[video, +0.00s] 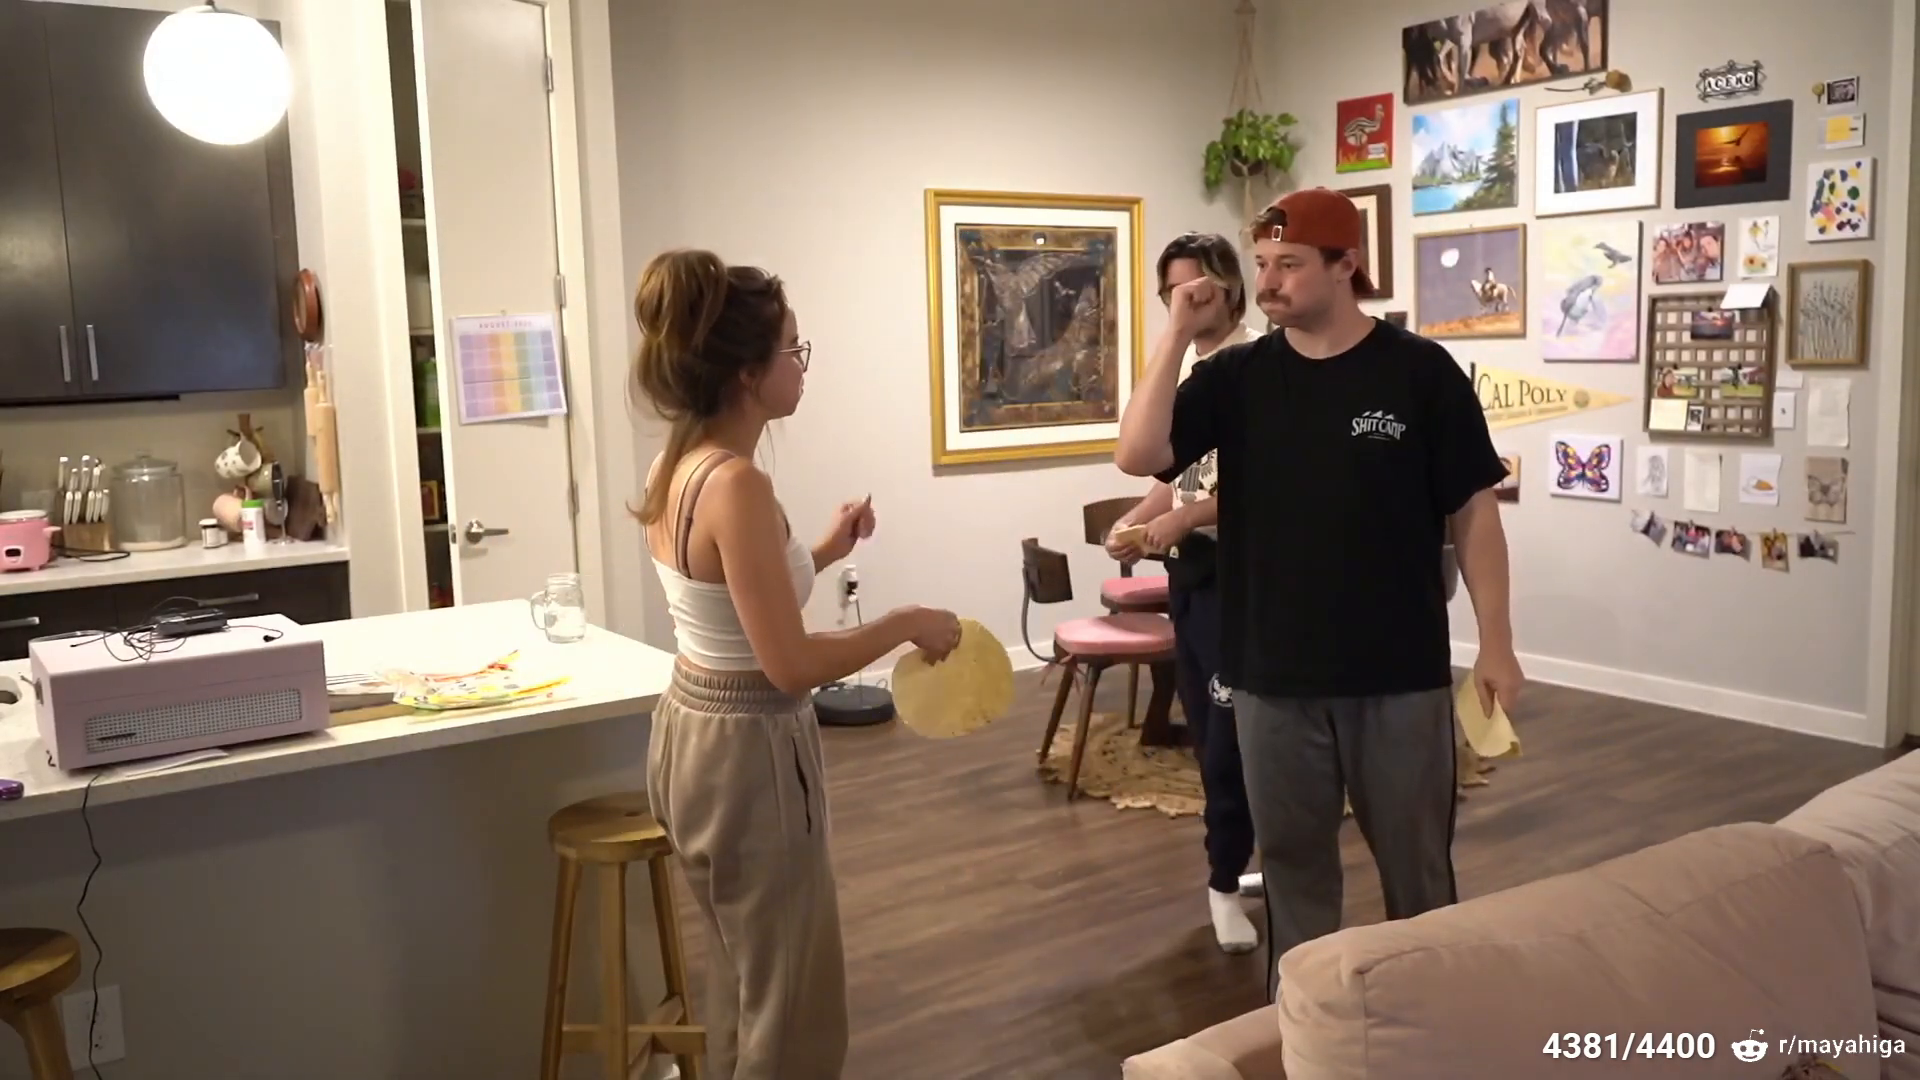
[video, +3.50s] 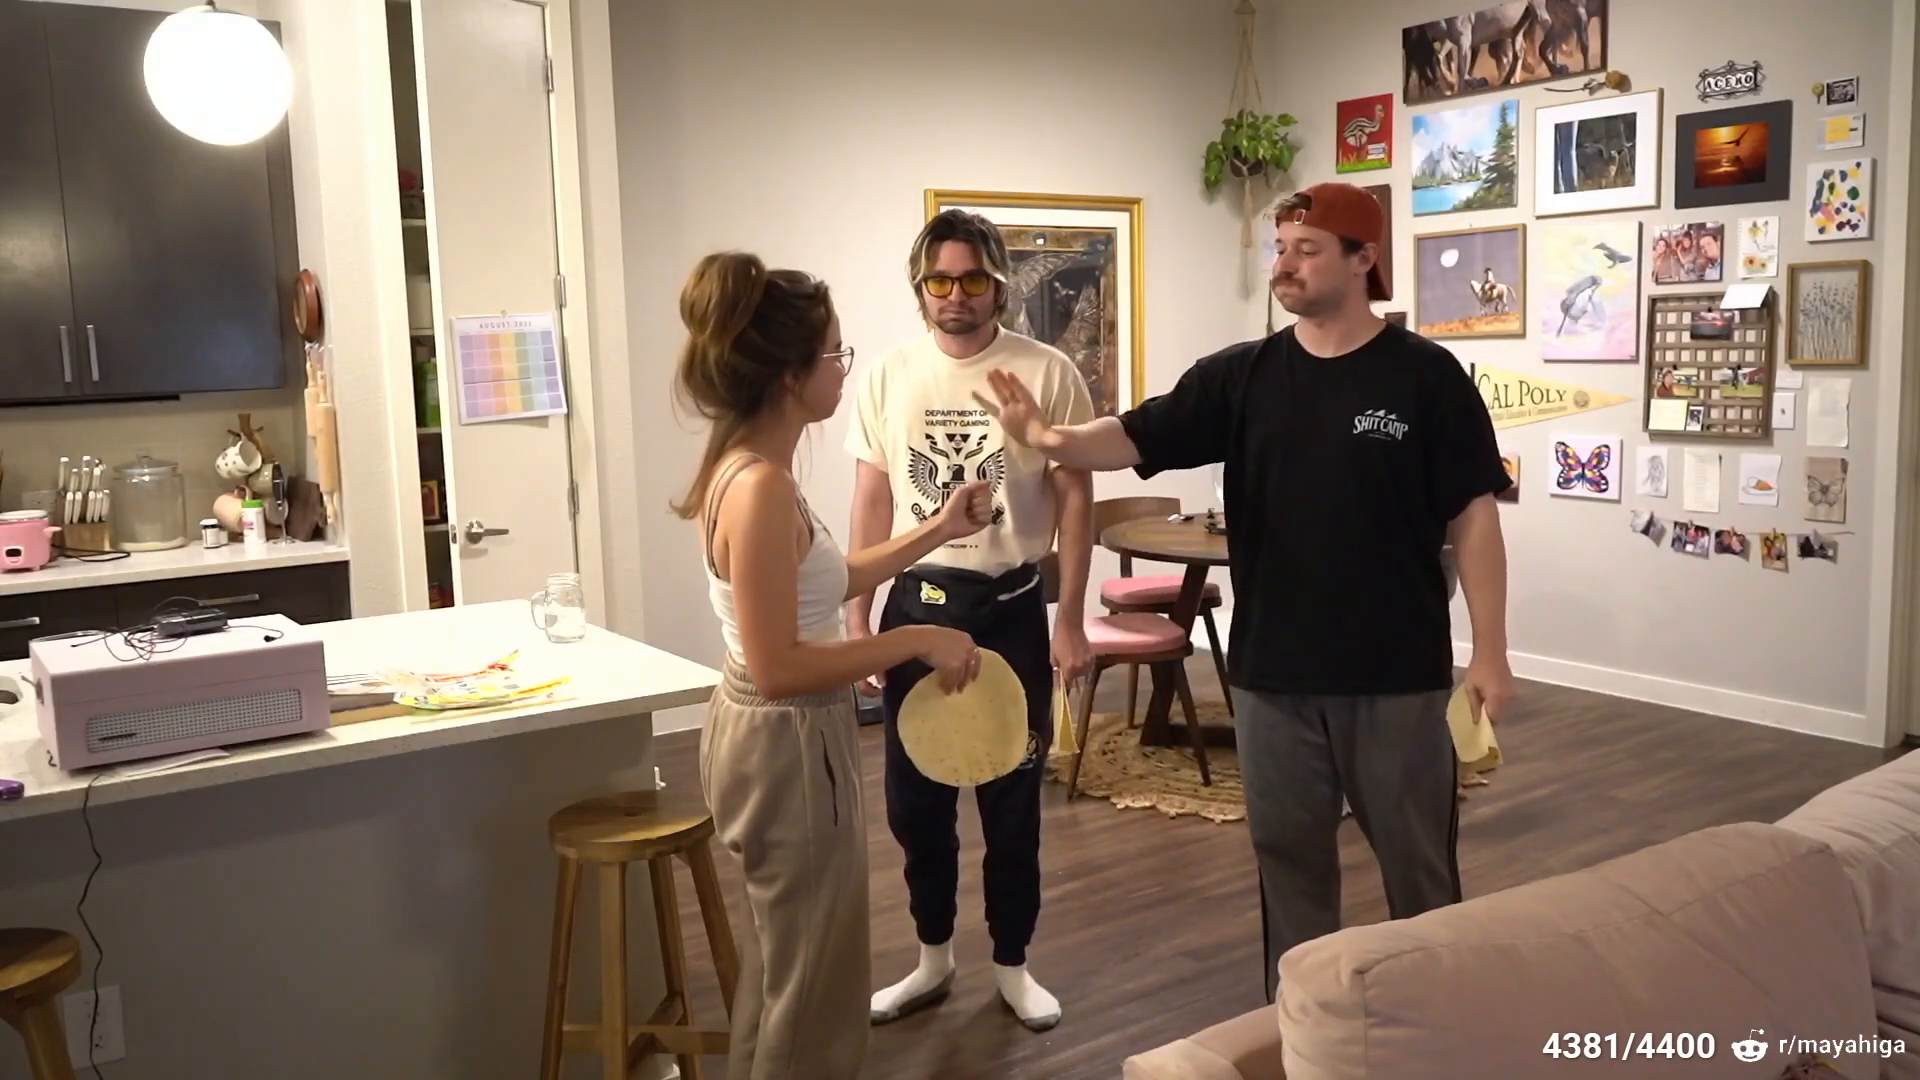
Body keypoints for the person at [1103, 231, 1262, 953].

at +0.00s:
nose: (1187, 299)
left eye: (1199, 286)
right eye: (1176, 291)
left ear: (1229, 289)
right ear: (1168, 302)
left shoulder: (1267, 370)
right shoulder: (1182, 379)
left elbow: (1274, 484)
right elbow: (1175, 474)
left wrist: (1191, 515)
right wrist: (1139, 517)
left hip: (1258, 573)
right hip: (1198, 570)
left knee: (1229, 733)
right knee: (1217, 725)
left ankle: (1225, 881)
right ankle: (1261, 853)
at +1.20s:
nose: (1140, 293)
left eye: (1155, 278)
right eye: (1132, 281)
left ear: (1197, 279)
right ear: (1129, 287)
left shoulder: (1239, 360)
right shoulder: (1150, 365)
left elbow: (1257, 487)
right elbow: (1144, 480)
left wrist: (1235, 598)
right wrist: (1099, 558)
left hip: (1212, 581)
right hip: (1144, 578)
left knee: (1210, 755)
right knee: (1112, 741)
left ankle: (1220, 907)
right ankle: (1191, 855)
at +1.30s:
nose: (1129, 291)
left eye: (1144, 277)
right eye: (1120, 279)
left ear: (1183, 279)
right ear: (1114, 288)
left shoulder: (1228, 362)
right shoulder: (1125, 367)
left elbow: (1253, 487)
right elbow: (1131, 482)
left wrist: (1230, 593)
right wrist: (1083, 558)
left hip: (1205, 582)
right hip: (1133, 579)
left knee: (1207, 757)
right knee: (1092, 746)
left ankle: (1219, 912)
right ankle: (1128, 881)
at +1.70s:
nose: (1053, 293)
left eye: (1068, 280)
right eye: (1041, 282)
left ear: (1100, 282)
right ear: (1030, 289)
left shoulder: (1146, 361)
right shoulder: (1020, 376)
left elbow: (1193, 474)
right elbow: (1019, 490)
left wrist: (1188, 591)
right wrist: (1000, 593)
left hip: (1127, 591)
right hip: (1041, 593)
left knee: (1154, 763)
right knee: (1034, 765)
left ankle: (1207, 905)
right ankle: (1051, 917)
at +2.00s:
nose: (988, 303)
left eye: (1002, 288)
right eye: (974, 291)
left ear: (1035, 286)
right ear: (962, 295)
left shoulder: (1091, 364)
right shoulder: (957, 376)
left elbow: (1131, 478)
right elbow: (936, 492)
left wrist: (1127, 593)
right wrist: (894, 597)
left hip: (1072, 586)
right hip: (989, 588)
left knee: (1084, 772)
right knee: (1007, 763)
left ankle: (1130, 914)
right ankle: (1048, 916)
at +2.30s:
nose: (976, 305)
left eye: (990, 290)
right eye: (960, 293)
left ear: (1020, 290)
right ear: (945, 300)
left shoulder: (1077, 367)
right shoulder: (934, 378)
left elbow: (1117, 484)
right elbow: (917, 499)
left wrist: (1101, 593)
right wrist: (874, 600)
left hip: (1056, 596)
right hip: (969, 594)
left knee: (1035, 777)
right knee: (980, 766)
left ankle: (1014, 953)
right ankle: (1041, 898)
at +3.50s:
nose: (955, 296)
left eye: (972, 281)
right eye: (940, 281)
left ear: (999, 285)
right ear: (920, 287)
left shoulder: (1047, 372)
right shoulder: (887, 376)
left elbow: (1076, 498)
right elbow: (872, 502)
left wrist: (1069, 618)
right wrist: (865, 624)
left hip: (1015, 605)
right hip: (915, 607)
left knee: (1012, 796)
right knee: (917, 799)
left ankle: (1013, 967)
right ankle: (933, 957)